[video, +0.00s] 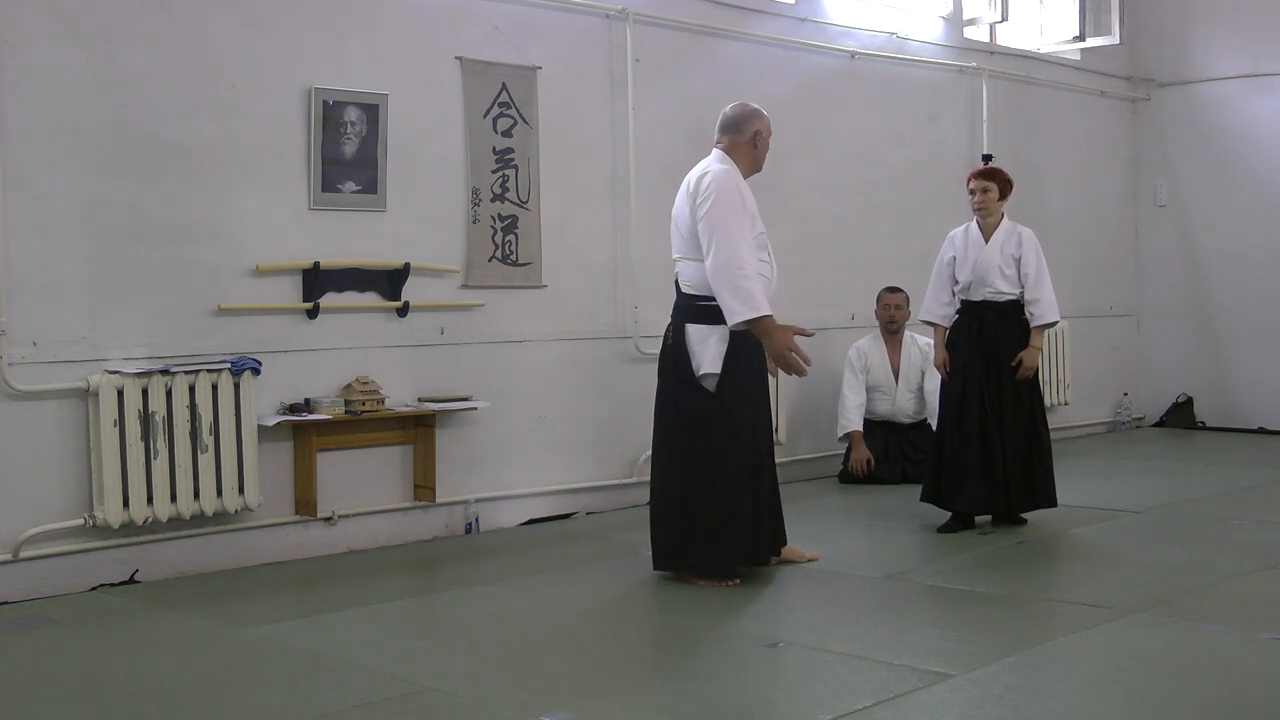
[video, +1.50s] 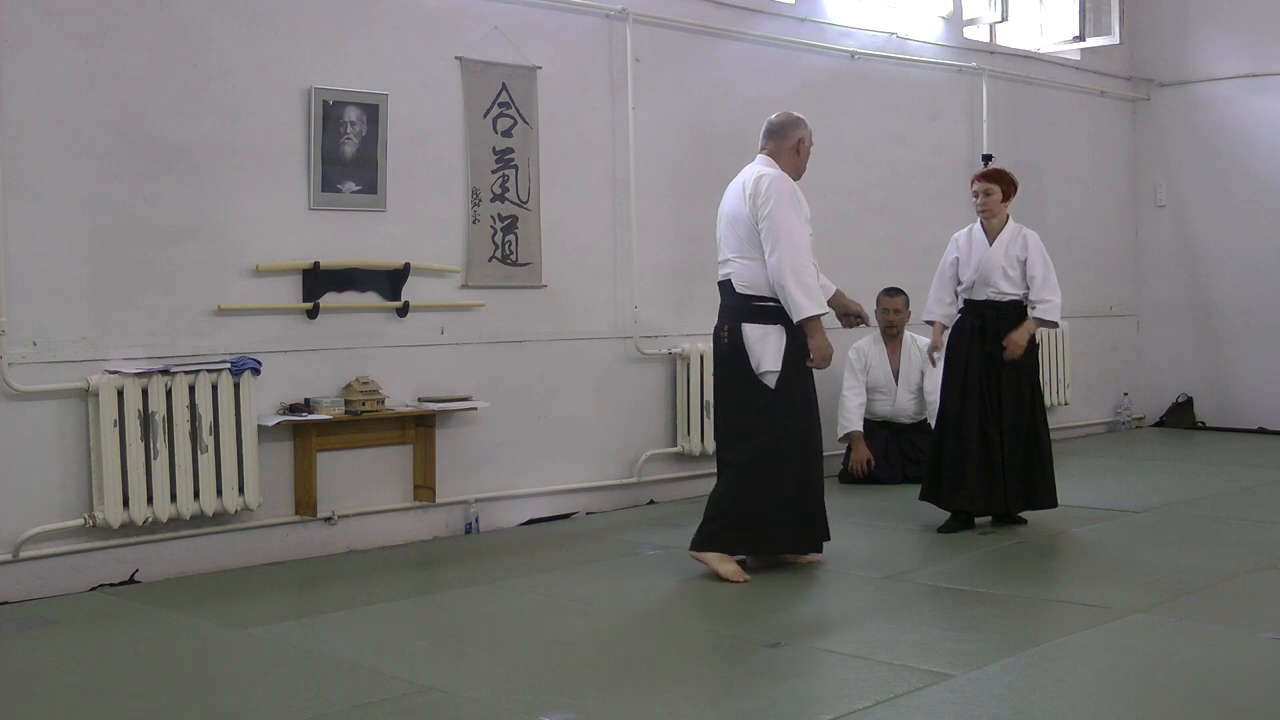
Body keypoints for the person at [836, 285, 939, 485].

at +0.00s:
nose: (891, 314)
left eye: (898, 308)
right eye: (885, 308)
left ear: (908, 314)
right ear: (876, 313)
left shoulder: (926, 349)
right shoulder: (861, 350)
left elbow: (936, 397)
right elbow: (852, 398)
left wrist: (945, 437)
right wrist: (857, 443)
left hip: (916, 430)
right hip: (875, 430)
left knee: (936, 471)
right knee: (856, 471)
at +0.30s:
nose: (891, 315)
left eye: (898, 309)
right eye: (885, 309)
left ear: (908, 315)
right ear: (876, 313)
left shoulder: (926, 349)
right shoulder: (861, 351)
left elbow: (936, 398)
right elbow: (852, 398)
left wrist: (945, 437)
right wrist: (857, 443)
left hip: (917, 430)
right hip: (875, 431)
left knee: (938, 470)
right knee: (856, 471)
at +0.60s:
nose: (889, 318)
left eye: (896, 312)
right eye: (884, 312)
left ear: (908, 315)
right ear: (877, 314)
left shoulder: (927, 350)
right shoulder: (861, 351)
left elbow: (936, 399)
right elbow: (852, 398)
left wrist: (946, 438)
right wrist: (857, 443)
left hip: (917, 431)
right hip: (875, 431)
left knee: (938, 470)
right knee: (856, 471)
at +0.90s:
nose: (889, 320)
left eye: (896, 313)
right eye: (884, 313)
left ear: (908, 316)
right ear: (877, 314)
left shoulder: (927, 350)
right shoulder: (861, 351)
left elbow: (936, 399)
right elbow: (852, 399)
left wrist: (946, 439)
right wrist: (857, 443)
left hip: (916, 430)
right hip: (875, 431)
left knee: (937, 471)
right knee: (857, 471)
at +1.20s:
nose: (889, 320)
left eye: (896, 313)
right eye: (884, 313)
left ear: (908, 316)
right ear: (876, 314)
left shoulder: (926, 350)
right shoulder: (861, 351)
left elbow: (936, 399)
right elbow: (852, 398)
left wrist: (946, 439)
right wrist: (857, 443)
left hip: (916, 431)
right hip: (874, 432)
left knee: (937, 470)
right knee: (856, 471)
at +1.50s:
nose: (890, 318)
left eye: (897, 312)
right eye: (885, 312)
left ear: (908, 316)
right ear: (876, 314)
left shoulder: (926, 349)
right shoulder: (861, 351)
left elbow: (936, 397)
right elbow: (852, 398)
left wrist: (945, 438)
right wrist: (857, 443)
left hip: (916, 430)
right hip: (874, 431)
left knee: (935, 470)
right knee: (856, 471)